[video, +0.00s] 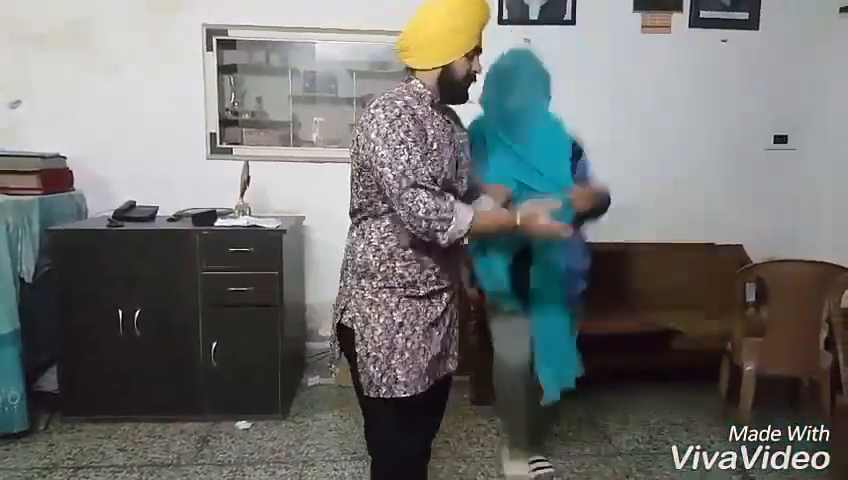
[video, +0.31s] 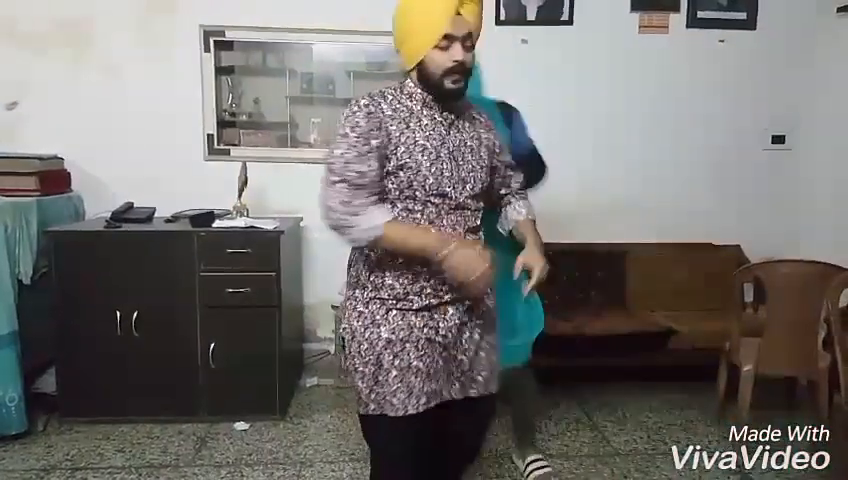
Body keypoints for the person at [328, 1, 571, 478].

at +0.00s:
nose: (479, 68)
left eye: (479, 56)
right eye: (473, 55)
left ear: (442, 57)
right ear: (444, 56)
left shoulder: (452, 126)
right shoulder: (391, 114)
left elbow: (454, 195)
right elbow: (419, 211)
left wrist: (489, 199)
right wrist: (512, 222)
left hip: (434, 298)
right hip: (385, 303)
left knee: (419, 442)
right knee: (398, 451)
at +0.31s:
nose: (461, 55)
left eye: (469, 43)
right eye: (447, 42)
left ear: (476, 47)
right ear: (415, 44)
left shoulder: (480, 123)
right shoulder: (373, 115)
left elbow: (509, 191)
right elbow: (343, 208)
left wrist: (532, 243)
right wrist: (443, 245)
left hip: (470, 323)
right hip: (394, 323)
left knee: (457, 456)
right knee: (402, 463)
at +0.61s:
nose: (434, 50)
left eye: (450, 35)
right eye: (422, 37)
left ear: (480, 41)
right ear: (412, 45)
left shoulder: (516, 116)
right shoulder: (380, 114)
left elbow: (566, 177)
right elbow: (304, 184)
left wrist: (549, 264)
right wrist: (348, 275)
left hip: (497, 334)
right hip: (402, 336)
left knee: (521, 471)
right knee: (398, 473)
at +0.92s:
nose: (455, 49)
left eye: (467, 33)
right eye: (452, 35)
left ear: (514, 33)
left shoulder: (581, 116)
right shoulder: (439, 113)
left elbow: (661, 199)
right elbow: (382, 186)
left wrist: (606, 291)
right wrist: (406, 274)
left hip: (545, 345)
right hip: (448, 341)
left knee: (549, 472)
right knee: (433, 471)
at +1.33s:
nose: (475, 47)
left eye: (483, 32)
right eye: (477, 32)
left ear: (526, 33)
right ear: (521, 35)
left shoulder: (598, 115)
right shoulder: (498, 108)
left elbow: (680, 222)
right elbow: (473, 167)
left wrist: (616, 314)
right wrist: (451, 191)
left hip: (563, 349)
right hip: (480, 339)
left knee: (566, 471)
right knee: (470, 470)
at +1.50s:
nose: (469, 75)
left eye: (474, 61)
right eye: (470, 62)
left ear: (509, 60)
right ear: (514, 62)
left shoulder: (584, 138)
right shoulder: (492, 139)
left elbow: (651, 245)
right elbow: (457, 209)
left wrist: (595, 345)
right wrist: (443, 159)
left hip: (557, 378)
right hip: (478, 368)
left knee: (558, 471)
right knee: (473, 471)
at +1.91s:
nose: (432, 99)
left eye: (438, 85)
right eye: (434, 86)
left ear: (471, 86)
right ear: (479, 87)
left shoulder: (548, 156)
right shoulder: (452, 159)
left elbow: (619, 265)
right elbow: (404, 237)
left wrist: (566, 373)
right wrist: (427, 166)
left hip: (524, 397)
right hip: (444, 386)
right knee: (442, 472)